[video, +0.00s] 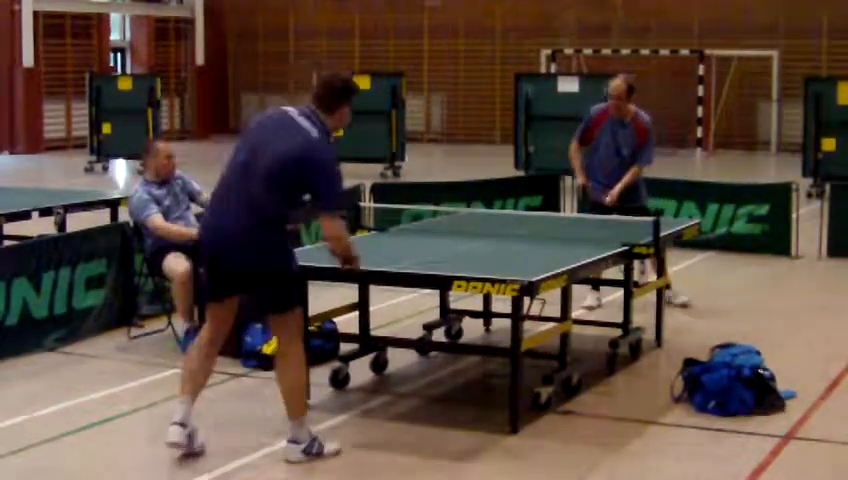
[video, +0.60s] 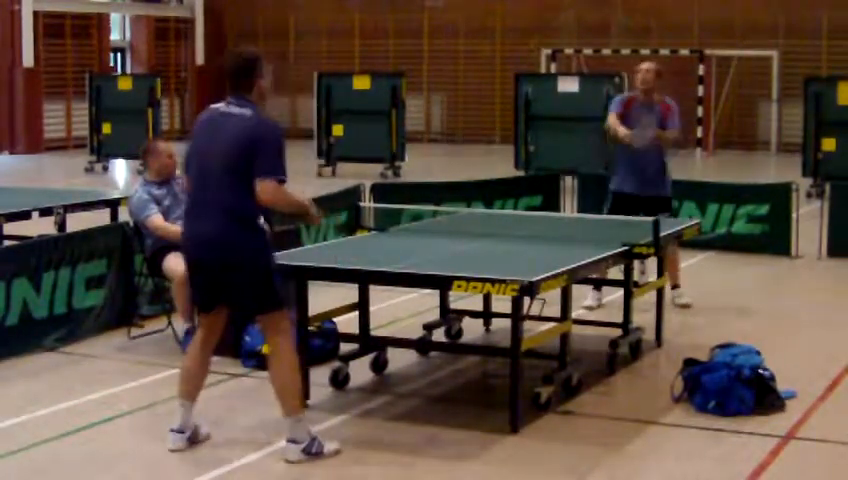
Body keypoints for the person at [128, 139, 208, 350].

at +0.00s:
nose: (172, 163)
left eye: (172, 158)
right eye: (166, 158)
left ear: (174, 160)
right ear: (149, 162)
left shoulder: (179, 181)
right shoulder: (141, 196)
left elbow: (207, 201)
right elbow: (160, 228)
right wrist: (199, 234)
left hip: (193, 236)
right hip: (163, 243)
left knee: (222, 259)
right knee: (182, 270)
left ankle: (218, 319)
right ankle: (188, 326)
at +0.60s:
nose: (174, 161)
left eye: (173, 156)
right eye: (168, 157)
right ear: (151, 162)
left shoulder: (181, 183)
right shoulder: (141, 196)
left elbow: (199, 204)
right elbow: (159, 227)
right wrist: (192, 234)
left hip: (191, 234)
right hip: (162, 242)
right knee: (181, 270)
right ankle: (187, 325)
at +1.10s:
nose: (175, 161)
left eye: (174, 156)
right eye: (169, 157)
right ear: (153, 163)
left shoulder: (179, 181)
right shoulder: (140, 196)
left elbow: (199, 198)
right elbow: (160, 228)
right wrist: (194, 235)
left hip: (193, 235)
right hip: (164, 244)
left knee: (217, 256)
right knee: (182, 270)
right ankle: (188, 323)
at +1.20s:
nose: (175, 161)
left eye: (174, 156)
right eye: (169, 157)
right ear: (153, 163)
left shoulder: (178, 181)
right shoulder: (141, 196)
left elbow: (202, 198)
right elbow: (160, 228)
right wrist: (200, 233)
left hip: (193, 233)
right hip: (164, 243)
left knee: (221, 255)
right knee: (182, 270)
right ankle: (189, 324)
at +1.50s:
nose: (174, 162)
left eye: (173, 157)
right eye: (168, 158)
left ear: (174, 160)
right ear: (150, 163)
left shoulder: (179, 181)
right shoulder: (140, 196)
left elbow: (206, 202)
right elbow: (159, 228)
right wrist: (201, 233)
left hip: (194, 236)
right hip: (164, 243)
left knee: (227, 256)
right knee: (182, 269)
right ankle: (189, 326)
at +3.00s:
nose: (174, 162)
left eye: (174, 158)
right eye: (168, 158)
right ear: (151, 161)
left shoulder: (177, 180)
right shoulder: (140, 194)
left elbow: (207, 202)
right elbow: (160, 228)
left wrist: (235, 213)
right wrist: (199, 232)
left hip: (194, 236)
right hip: (164, 245)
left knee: (229, 252)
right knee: (182, 269)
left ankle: (226, 317)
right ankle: (188, 326)